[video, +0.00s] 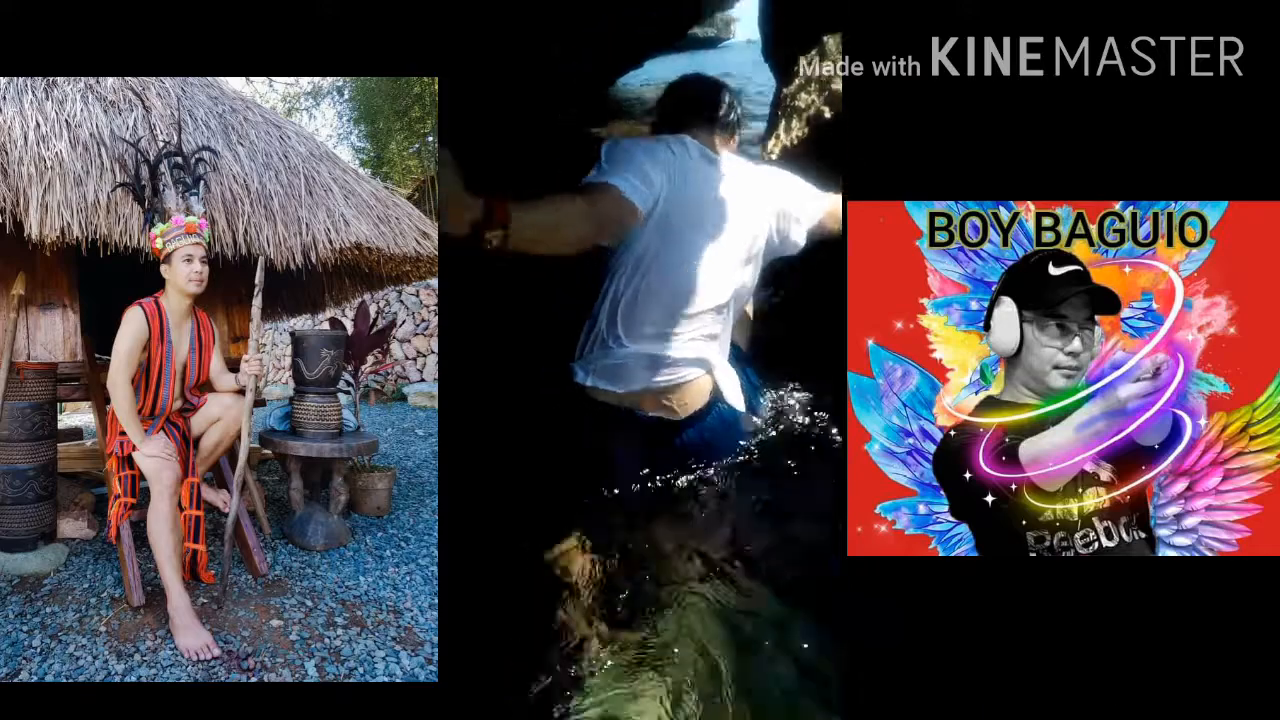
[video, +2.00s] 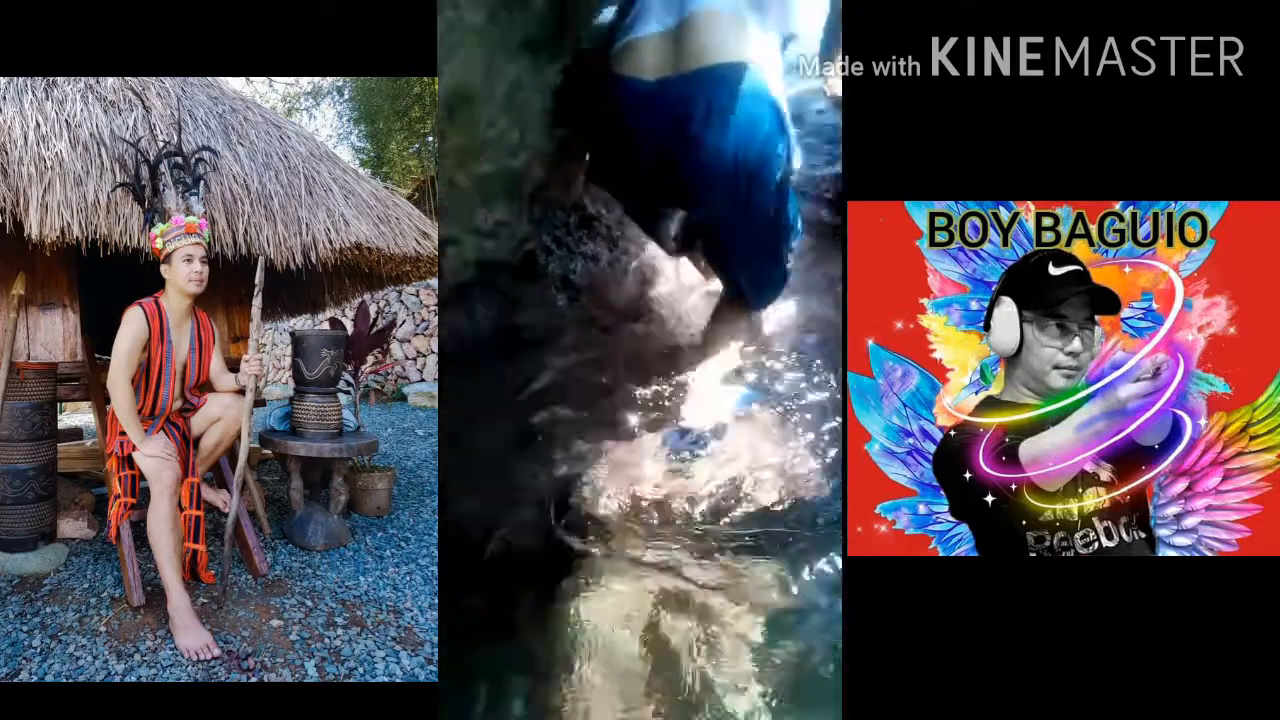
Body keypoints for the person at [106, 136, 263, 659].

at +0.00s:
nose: (198, 269)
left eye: (203, 260)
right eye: (187, 261)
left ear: (207, 267)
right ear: (164, 267)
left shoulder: (205, 322)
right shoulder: (142, 316)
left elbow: (220, 380)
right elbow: (117, 380)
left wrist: (242, 380)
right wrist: (138, 439)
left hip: (181, 419)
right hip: (141, 425)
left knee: (237, 407)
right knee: (169, 476)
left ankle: (191, 478)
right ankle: (179, 605)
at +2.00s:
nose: (198, 268)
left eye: (203, 260)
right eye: (187, 260)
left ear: (207, 266)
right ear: (164, 267)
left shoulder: (206, 324)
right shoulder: (142, 316)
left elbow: (221, 382)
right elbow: (117, 380)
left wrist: (244, 379)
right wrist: (138, 440)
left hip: (180, 420)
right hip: (140, 425)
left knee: (237, 407)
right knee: (169, 476)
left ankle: (191, 479)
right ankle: (179, 606)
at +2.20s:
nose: (198, 268)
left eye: (203, 260)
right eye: (187, 261)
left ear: (207, 266)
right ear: (164, 267)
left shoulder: (206, 323)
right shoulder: (142, 316)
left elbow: (221, 382)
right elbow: (117, 380)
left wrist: (244, 380)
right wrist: (138, 440)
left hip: (180, 420)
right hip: (140, 425)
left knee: (238, 407)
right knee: (169, 476)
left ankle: (191, 478)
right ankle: (179, 607)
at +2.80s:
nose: (198, 268)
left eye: (203, 260)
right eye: (187, 261)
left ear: (207, 267)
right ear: (164, 267)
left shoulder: (206, 323)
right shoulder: (142, 316)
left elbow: (220, 382)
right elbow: (117, 381)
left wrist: (244, 380)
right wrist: (139, 440)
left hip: (181, 419)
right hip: (141, 425)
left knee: (238, 407)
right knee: (169, 476)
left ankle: (191, 478)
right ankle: (179, 606)